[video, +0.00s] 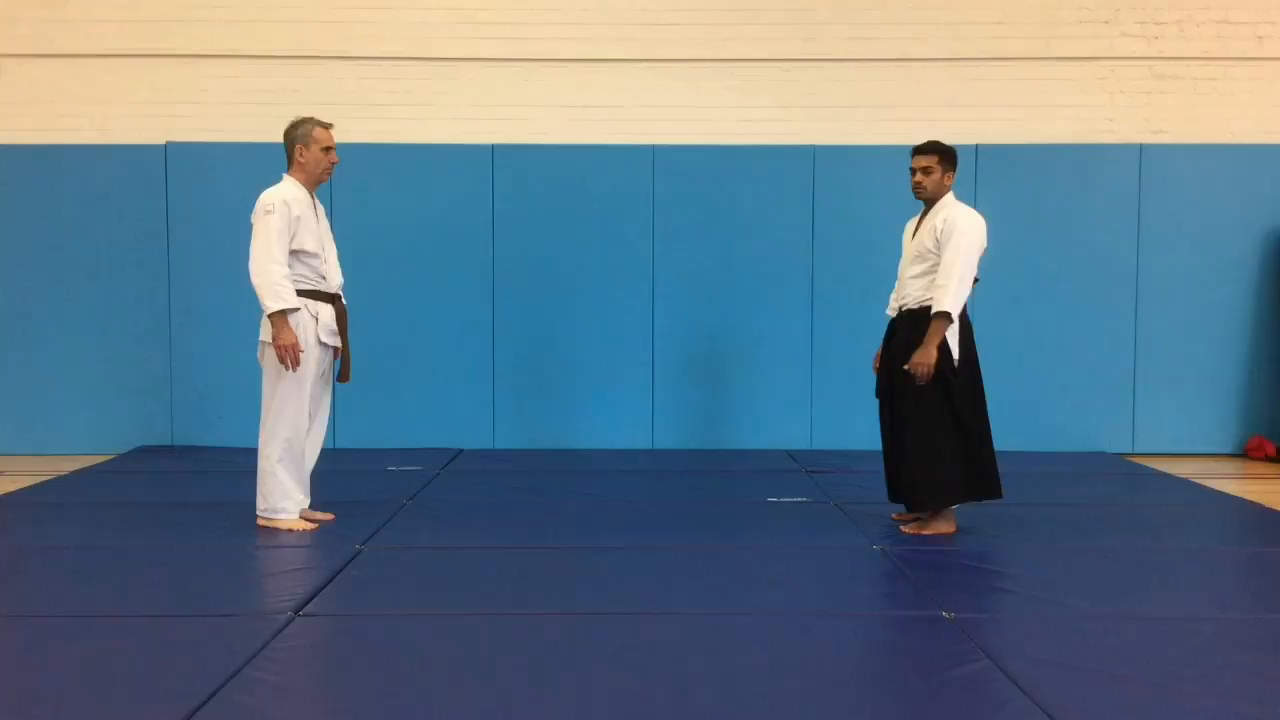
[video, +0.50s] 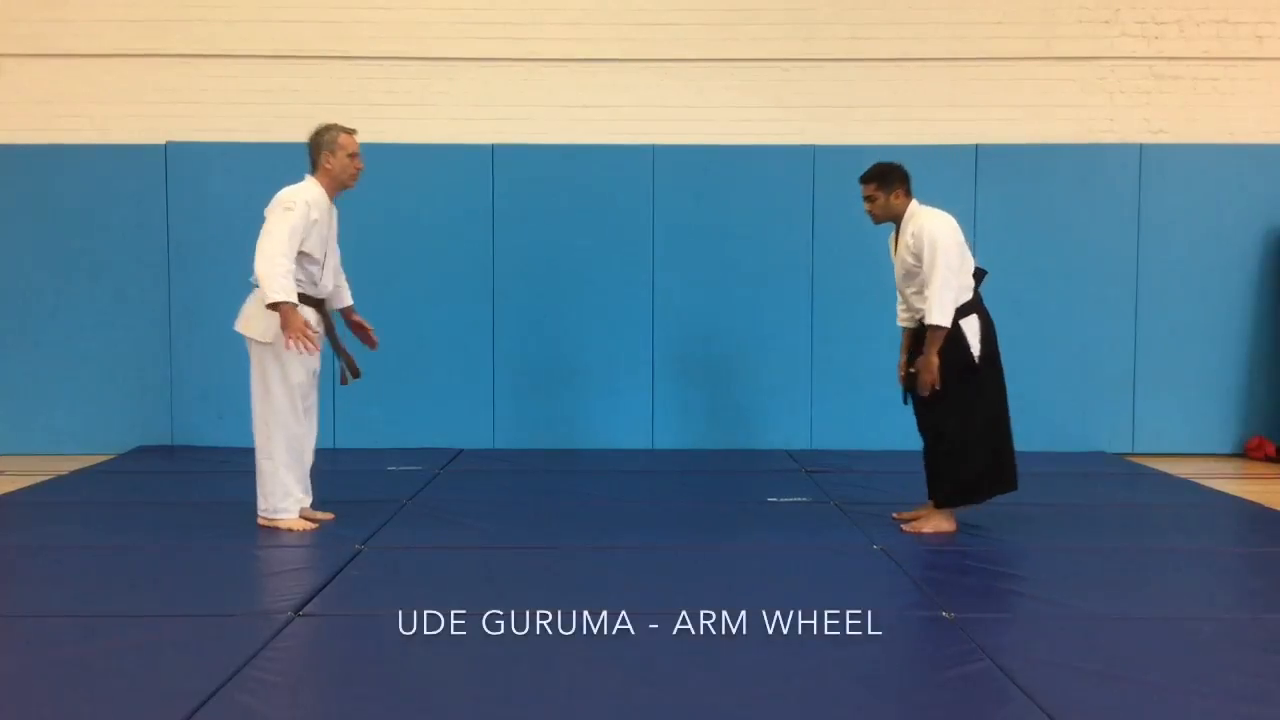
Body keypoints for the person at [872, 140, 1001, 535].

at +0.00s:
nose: (917, 179)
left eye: (926, 172)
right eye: (913, 172)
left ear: (948, 176)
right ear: (911, 176)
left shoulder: (964, 220)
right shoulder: (914, 224)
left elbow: (954, 286)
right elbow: (903, 288)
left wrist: (930, 343)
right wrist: (889, 343)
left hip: (937, 328)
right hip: (906, 327)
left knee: (936, 422)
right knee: (910, 420)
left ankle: (944, 514)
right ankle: (924, 505)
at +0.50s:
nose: (867, 207)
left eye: (872, 199)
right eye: (865, 200)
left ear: (898, 195)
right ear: (893, 198)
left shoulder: (936, 226)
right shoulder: (900, 235)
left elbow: (943, 293)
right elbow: (907, 300)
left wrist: (931, 354)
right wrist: (906, 353)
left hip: (957, 332)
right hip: (931, 332)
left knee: (948, 420)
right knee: (933, 420)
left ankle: (945, 512)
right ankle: (936, 504)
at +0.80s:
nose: (872, 193)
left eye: (878, 186)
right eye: (872, 186)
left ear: (903, 187)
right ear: (899, 188)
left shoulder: (931, 222)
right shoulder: (907, 226)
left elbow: (929, 290)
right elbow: (913, 289)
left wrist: (903, 342)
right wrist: (901, 341)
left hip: (946, 330)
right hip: (927, 329)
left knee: (939, 417)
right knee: (927, 416)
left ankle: (944, 511)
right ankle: (936, 503)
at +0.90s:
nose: (883, 185)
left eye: (890, 178)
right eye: (884, 178)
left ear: (914, 180)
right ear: (911, 181)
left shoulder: (937, 220)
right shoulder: (913, 221)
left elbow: (915, 280)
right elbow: (909, 282)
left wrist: (868, 316)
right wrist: (879, 318)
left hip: (941, 329)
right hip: (922, 327)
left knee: (934, 417)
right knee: (921, 416)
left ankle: (943, 511)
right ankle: (933, 504)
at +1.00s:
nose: (892, 181)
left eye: (899, 175)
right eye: (894, 175)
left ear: (923, 179)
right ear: (919, 180)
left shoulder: (939, 221)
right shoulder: (919, 220)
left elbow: (899, 266)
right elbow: (915, 276)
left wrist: (836, 275)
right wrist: (879, 288)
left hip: (936, 327)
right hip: (919, 325)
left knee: (922, 413)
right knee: (912, 413)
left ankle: (938, 504)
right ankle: (927, 501)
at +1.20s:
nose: (896, 179)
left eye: (903, 173)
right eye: (897, 173)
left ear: (926, 177)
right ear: (924, 178)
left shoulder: (933, 217)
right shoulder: (928, 214)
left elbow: (885, 245)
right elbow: (892, 247)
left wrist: (828, 225)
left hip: (917, 323)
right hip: (929, 320)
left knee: (887, 403)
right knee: (931, 406)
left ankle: (898, 505)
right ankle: (937, 501)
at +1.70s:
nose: (860, 191)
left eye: (867, 185)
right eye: (861, 184)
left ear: (892, 191)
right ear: (890, 191)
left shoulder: (895, 231)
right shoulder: (904, 226)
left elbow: (863, 284)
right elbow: (879, 291)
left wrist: (820, 267)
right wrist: (838, 298)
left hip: (887, 337)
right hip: (905, 333)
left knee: (851, 417)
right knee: (915, 417)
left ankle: (833, 511)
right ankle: (934, 498)